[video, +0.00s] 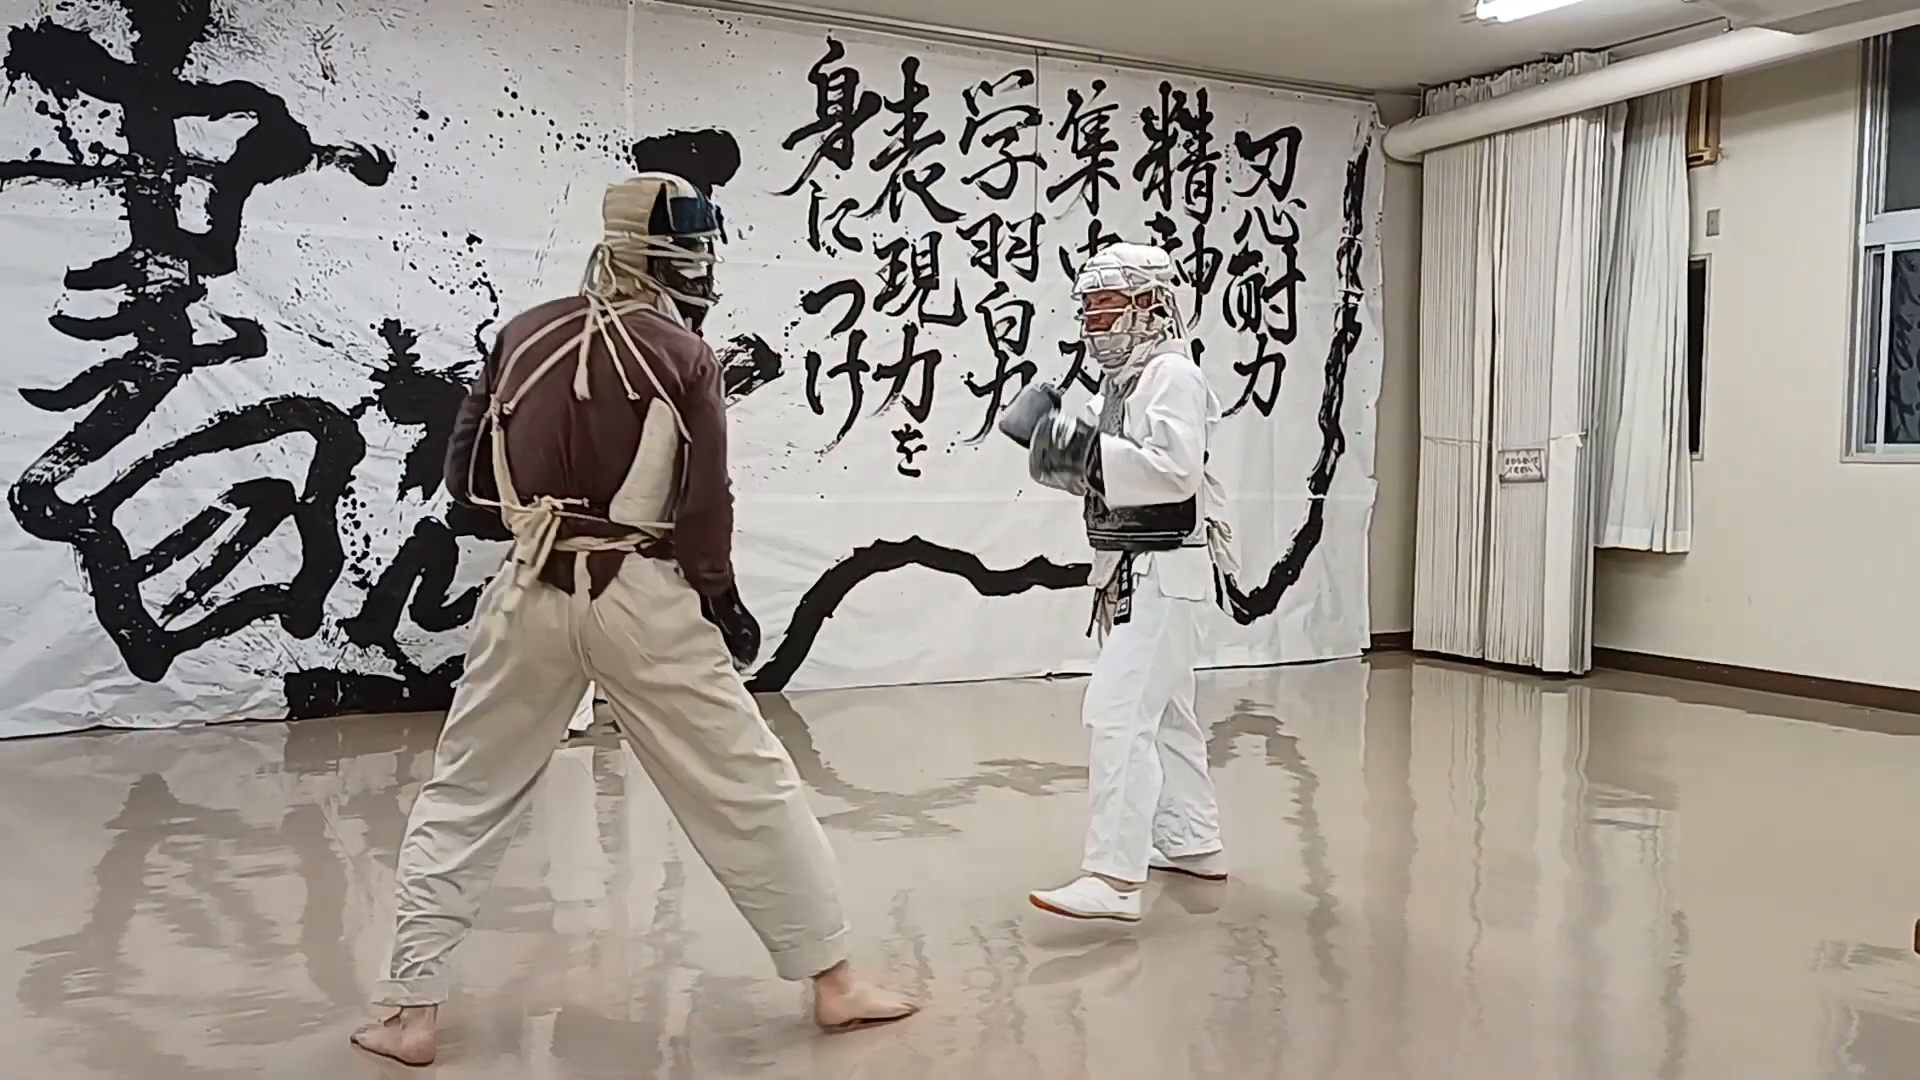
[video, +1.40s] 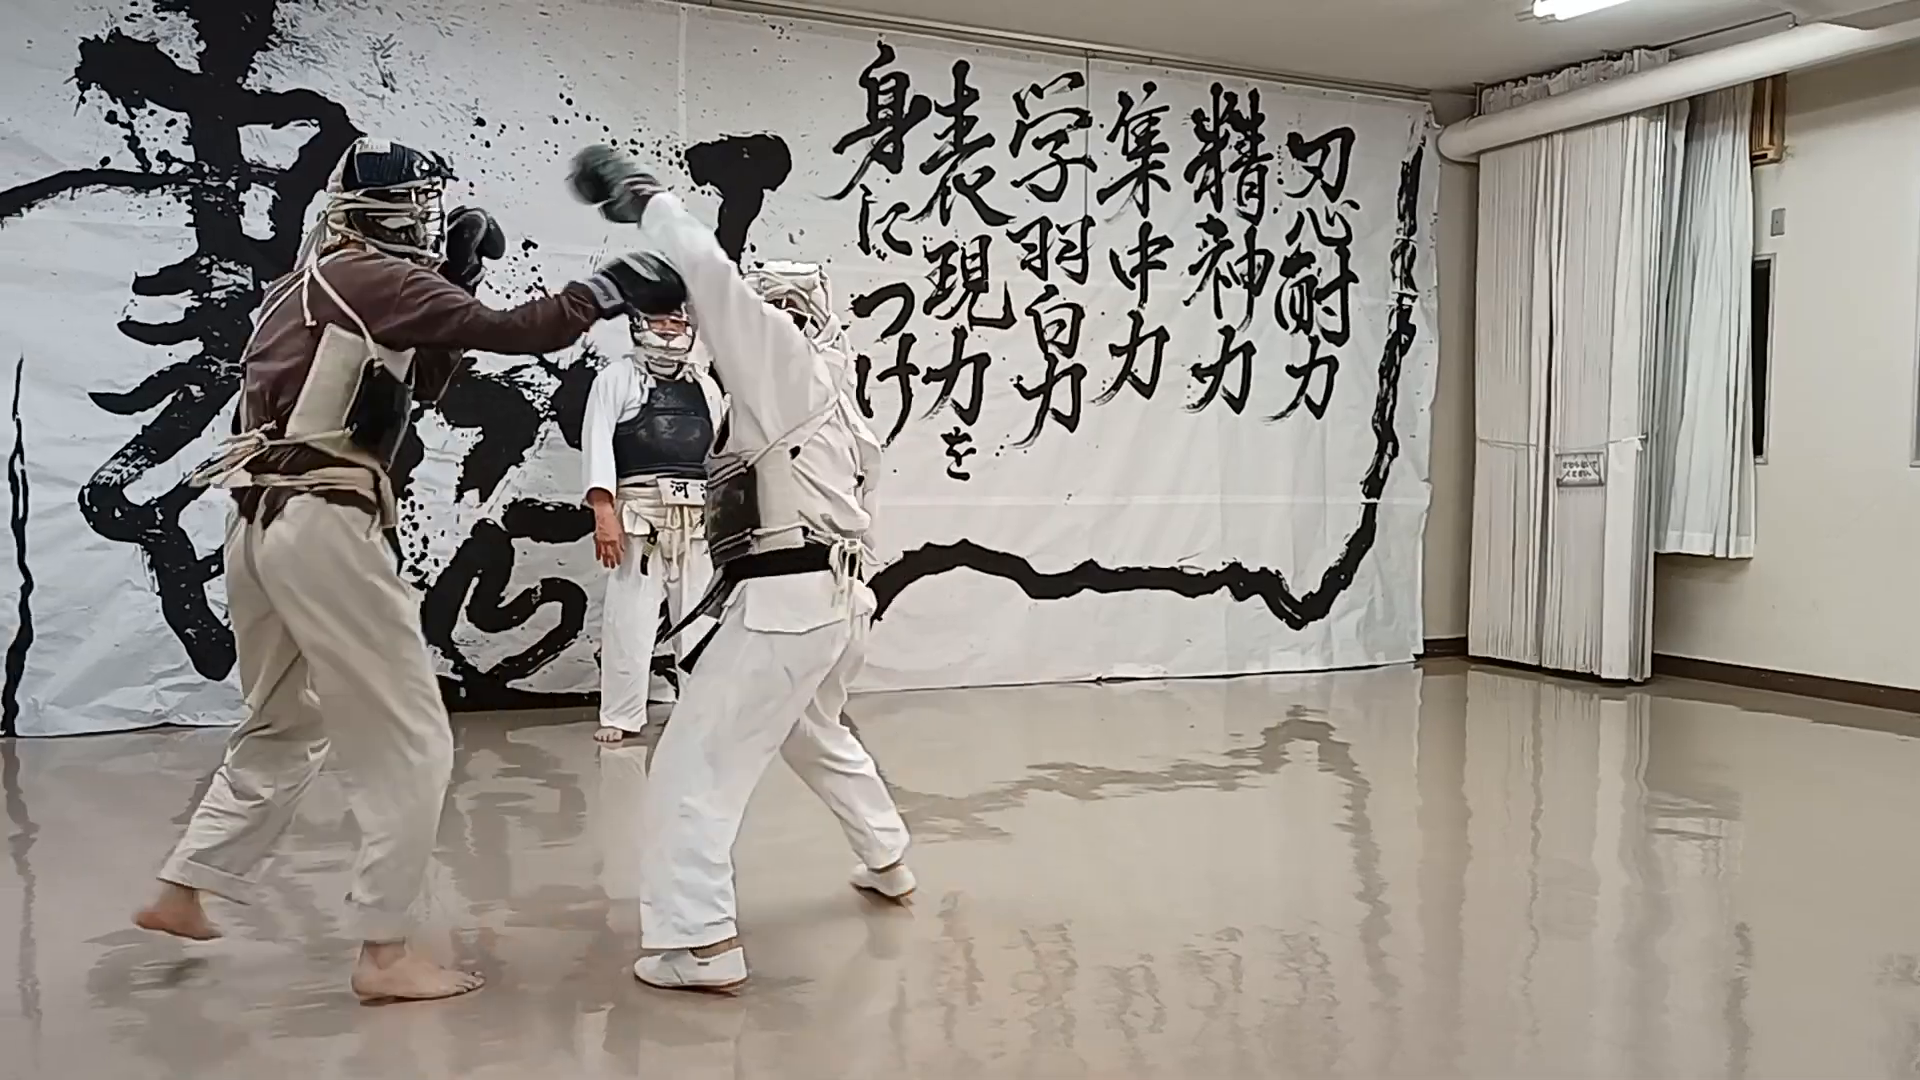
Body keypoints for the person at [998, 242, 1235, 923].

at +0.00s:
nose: (1093, 320)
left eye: (1107, 305)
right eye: (1089, 306)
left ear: (1148, 306)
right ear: (1088, 309)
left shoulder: (1171, 372)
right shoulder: (1122, 379)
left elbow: (1175, 471)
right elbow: (1113, 475)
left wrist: (1083, 446)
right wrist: (1052, 443)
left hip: (1166, 569)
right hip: (1135, 567)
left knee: (1116, 709)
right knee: (1164, 710)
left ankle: (1115, 878)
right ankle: (1192, 842)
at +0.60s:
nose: (1017, 315)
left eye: (1031, 302)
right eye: (1015, 302)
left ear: (1069, 305)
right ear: (1031, 306)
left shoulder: (1079, 379)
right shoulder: (1075, 374)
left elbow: (1096, 490)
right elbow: (1070, 487)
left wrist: (1021, 535)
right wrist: (993, 492)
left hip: (1076, 588)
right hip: (1106, 583)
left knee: (985, 714)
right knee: (1094, 719)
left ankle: (1032, 878)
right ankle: (1148, 865)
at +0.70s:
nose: (989, 331)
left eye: (1003, 316)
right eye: (988, 317)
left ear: (1045, 320)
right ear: (1032, 324)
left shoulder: (1057, 389)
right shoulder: (1052, 387)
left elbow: (1084, 491)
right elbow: (1085, 502)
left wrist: (999, 523)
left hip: (1064, 597)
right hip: (1103, 591)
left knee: (958, 722)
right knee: (1088, 728)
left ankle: (993, 888)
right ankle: (1153, 869)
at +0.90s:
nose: (916, 319)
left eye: (927, 308)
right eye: (917, 307)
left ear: (953, 313)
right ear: (993, 315)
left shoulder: (936, 375)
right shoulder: (1030, 391)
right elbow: (1086, 488)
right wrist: (1089, 562)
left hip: (963, 580)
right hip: (1040, 573)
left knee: (977, 757)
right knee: (1085, 725)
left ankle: (1031, 914)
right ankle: (1129, 850)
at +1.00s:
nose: (867, 293)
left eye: (879, 281)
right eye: (869, 280)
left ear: (911, 284)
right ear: (946, 287)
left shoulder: (874, 346)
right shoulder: (995, 358)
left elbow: (757, 368)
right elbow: (1066, 459)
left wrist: (657, 350)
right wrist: (1073, 549)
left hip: (919, 545)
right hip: (1004, 544)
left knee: (937, 732)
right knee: (1011, 714)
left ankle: (984, 890)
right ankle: (1019, 873)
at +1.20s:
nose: (771, 321)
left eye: (779, 310)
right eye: (772, 308)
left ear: (796, 312)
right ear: (846, 314)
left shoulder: (762, 375)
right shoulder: (893, 390)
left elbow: (670, 443)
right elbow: (952, 487)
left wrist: (725, 459)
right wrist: (919, 576)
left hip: (807, 602)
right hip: (893, 599)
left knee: (738, 762)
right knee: (931, 742)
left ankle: (695, 943)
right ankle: (1002, 888)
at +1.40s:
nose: (738, 323)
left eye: (750, 308)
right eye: (751, 309)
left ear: (779, 314)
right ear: (812, 320)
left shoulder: (785, 361)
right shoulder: (840, 390)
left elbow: (710, 271)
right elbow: (861, 502)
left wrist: (650, 195)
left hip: (784, 594)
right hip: (840, 595)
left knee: (694, 756)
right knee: (815, 733)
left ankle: (697, 941)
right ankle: (888, 861)